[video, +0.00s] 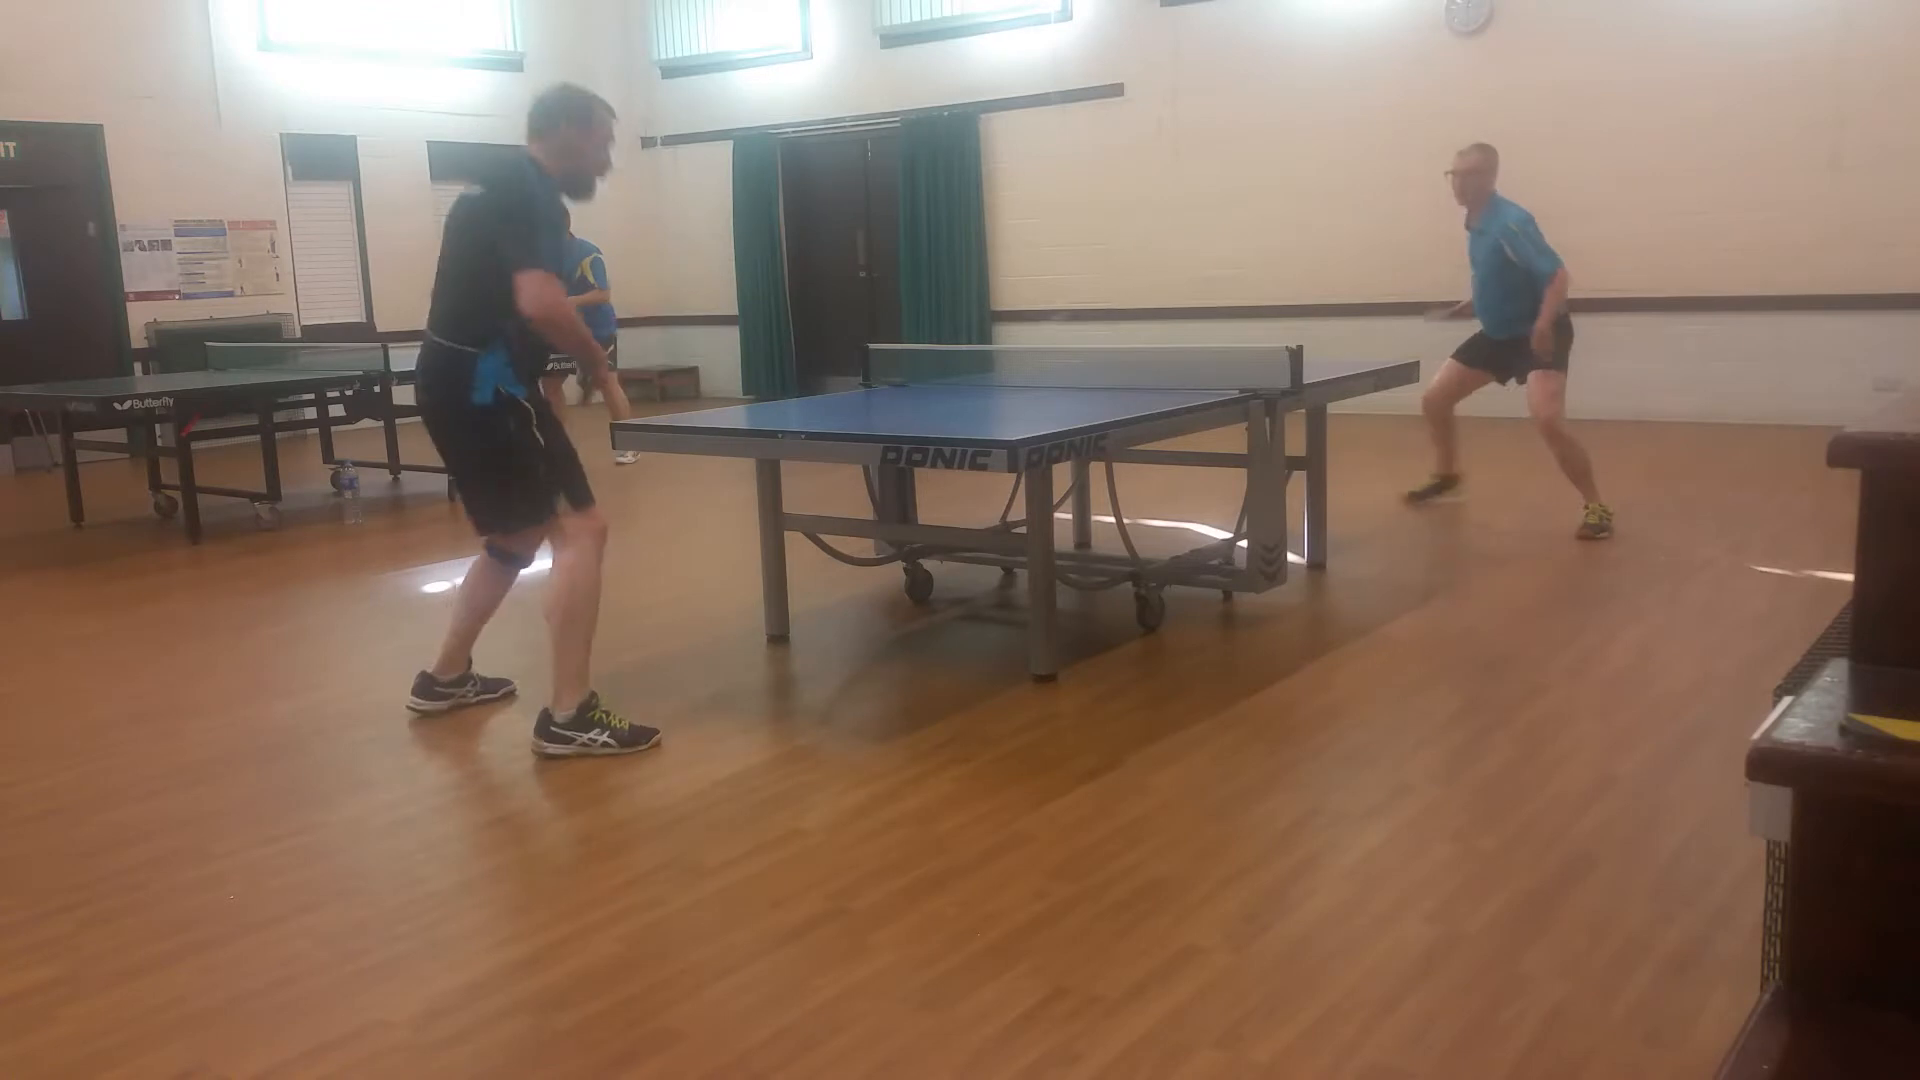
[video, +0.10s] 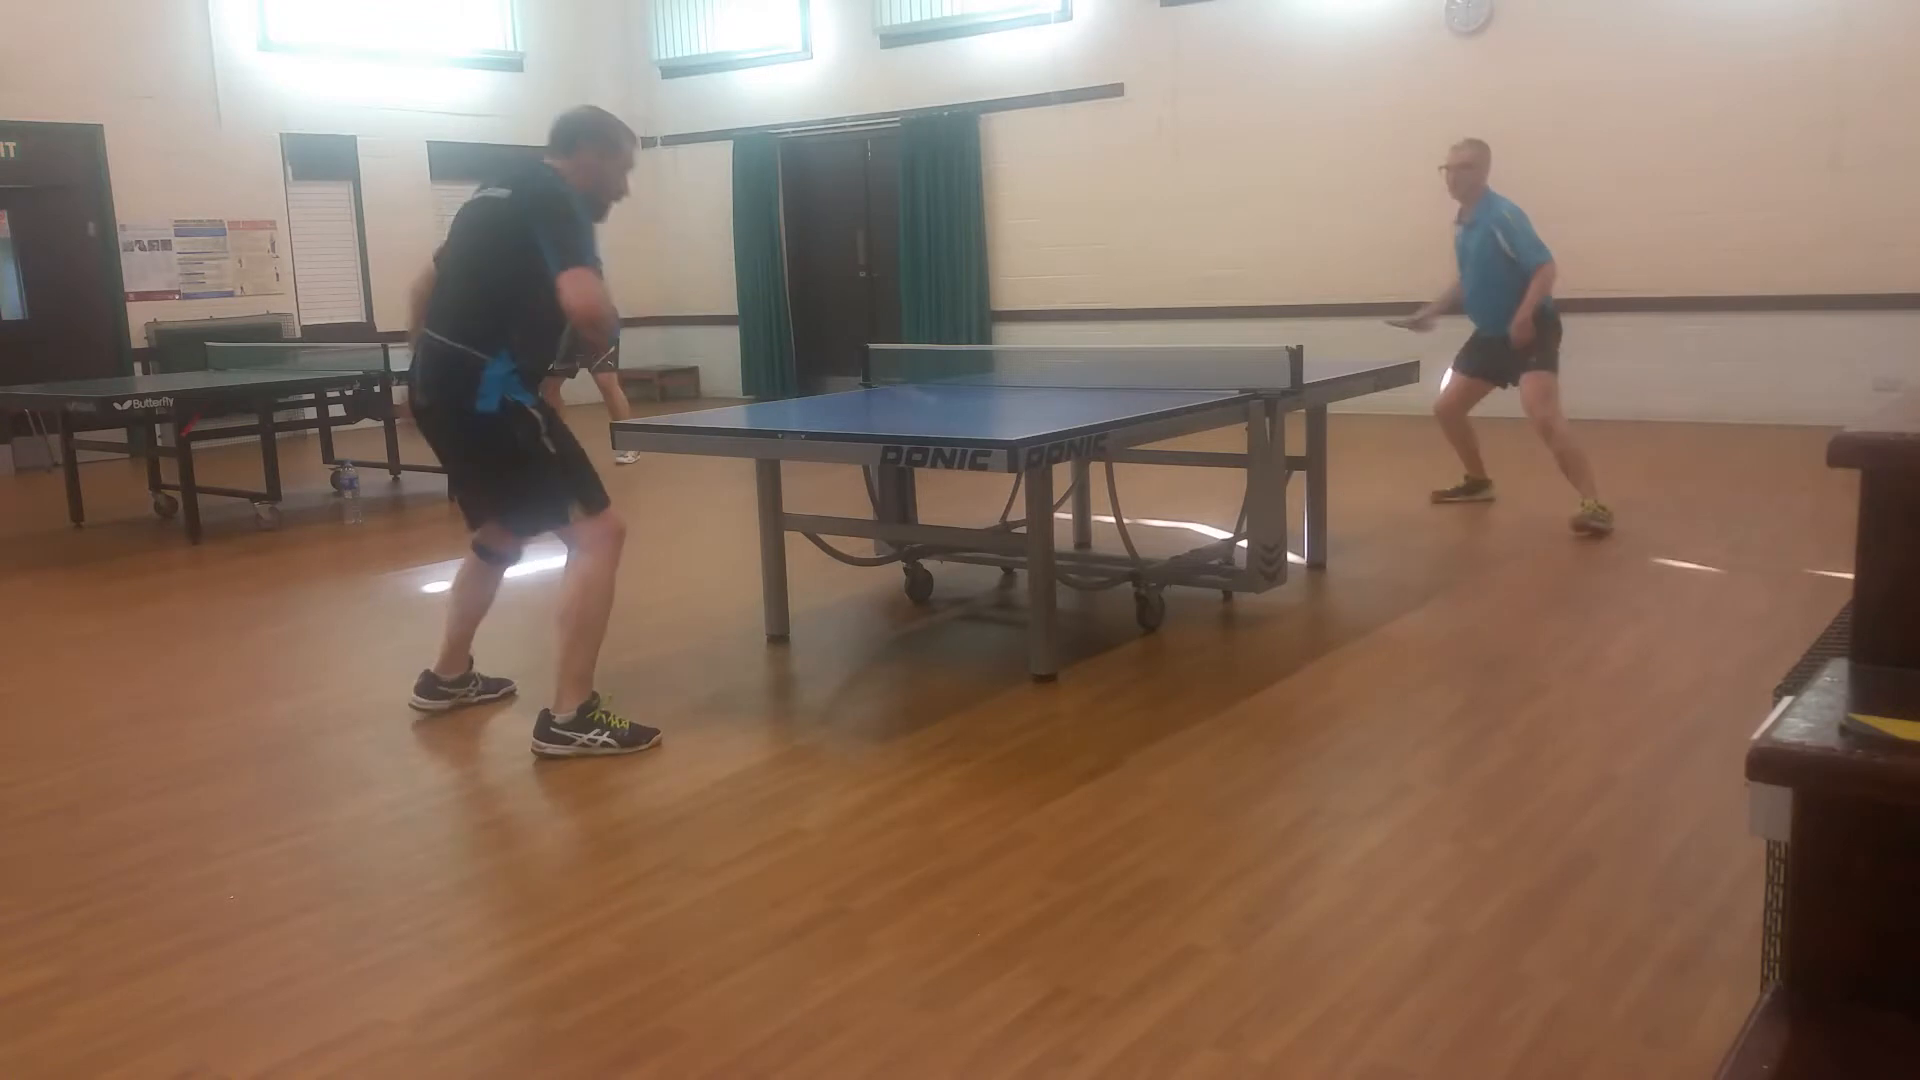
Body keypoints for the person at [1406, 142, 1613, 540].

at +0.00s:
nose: (1454, 183)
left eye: (1462, 176)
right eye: (1453, 176)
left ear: (1486, 179)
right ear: (1459, 179)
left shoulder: (1513, 223)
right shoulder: (1476, 220)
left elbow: (1559, 277)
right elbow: (1500, 277)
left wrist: (1544, 325)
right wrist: (1472, 306)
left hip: (1541, 333)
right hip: (1497, 335)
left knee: (1546, 419)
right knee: (1435, 400)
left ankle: (1595, 506)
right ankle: (1447, 475)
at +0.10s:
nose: (1450, 177)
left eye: (1459, 170)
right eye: (1447, 170)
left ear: (1481, 173)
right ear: (1447, 174)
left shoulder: (1504, 215)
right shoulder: (1465, 221)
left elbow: (1545, 269)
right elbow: (1471, 282)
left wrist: (1524, 316)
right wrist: (1434, 309)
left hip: (1532, 329)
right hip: (1490, 334)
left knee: (1543, 415)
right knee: (1448, 409)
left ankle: (1593, 504)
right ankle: (1477, 481)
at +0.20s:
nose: (1438, 170)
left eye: (1447, 162)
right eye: (1436, 163)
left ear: (1469, 166)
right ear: (1434, 168)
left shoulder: (1487, 207)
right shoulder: (1448, 218)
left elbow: (1528, 257)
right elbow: (1432, 276)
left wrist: (1511, 303)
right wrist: (1398, 302)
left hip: (1517, 322)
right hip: (1479, 329)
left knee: (1531, 412)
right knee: (1446, 404)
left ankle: (1585, 498)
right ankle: (1477, 480)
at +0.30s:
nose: (1427, 158)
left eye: (1435, 151)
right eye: (1425, 151)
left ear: (1457, 152)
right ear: (1427, 155)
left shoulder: (1478, 193)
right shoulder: (1440, 206)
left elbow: (1514, 244)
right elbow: (1426, 266)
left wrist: (1494, 291)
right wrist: (1390, 285)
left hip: (1504, 309)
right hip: (1467, 315)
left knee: (1500, 402)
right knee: (1447, 401)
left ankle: (1570, 475)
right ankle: (1476, 479)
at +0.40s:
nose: (1414, 156)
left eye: (1421, 148)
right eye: (1413, 149)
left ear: (1444, 149)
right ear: (1425, 153)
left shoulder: (1469, 188)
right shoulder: (1436, 199)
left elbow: (1500, 237)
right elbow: (1425, 266)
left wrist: (1473, 290)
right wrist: (1388, 287)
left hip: (1494, 305)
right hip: (1457, 310)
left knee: (1484, 405)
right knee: (1428, 391)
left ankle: (1549, 471)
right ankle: (1461, 469)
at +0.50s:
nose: (1403, 168)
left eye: (1411, 160)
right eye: (1401, 161)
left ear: (1432, 162)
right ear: (1403, 165)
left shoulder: (1453, 201)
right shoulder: (1428, 208)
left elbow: (1473, 256)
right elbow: (1427, 272)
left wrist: (1440, 306)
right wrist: (1388, 298)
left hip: (1484, 312)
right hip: (1454, 315)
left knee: (1484, 412)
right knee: (1412, 389)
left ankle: (1554, 475)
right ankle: (1414, 474)